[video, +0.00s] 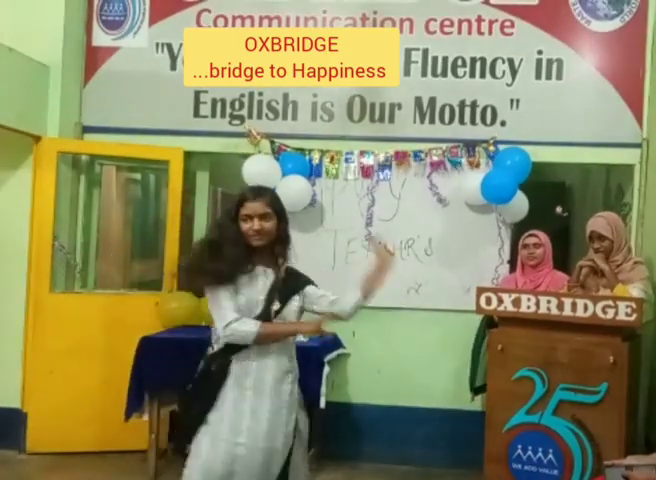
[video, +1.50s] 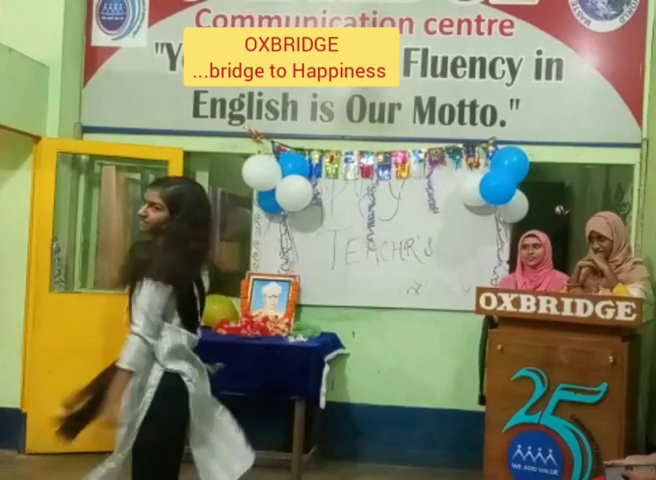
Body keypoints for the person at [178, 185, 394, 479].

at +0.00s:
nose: (255, 227)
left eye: (264, 218)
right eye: (247, 219)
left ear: (280, 223)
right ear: (236, 224)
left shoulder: (291, 279)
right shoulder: (221, 270)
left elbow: (341, 309)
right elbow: (230, 329)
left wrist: (378, 271)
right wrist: (299, 327)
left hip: (278, 386)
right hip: (233, 385)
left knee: (273, 462)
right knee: (218, 462)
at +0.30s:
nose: (261, 227)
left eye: (271, 219)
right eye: (253, 219)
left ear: (288, 223)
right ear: (244, 223)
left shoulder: (304, 279)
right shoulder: (226, 270)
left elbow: (312, 331)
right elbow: (203, 334)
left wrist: (346, 284)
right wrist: (248, 326)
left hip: (281, 393)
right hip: (235, 389)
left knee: (275, 465)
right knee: (228, 464)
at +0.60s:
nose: (217, 233)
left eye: (219, 225)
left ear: (224, 231)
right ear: (272, 233)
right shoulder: (281, 279)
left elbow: (180, 260)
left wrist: (195, 213)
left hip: (218, 389)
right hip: (264, 387)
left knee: (213, 468)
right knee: (267, 464)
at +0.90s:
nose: (213, 218)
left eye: (221, 209)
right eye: (204, 212)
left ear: (237, 217)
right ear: (195, 221)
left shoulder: (246, 258)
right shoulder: (190, 260)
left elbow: (291, 220)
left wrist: (249, 178)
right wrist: (211, 179)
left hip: (235, 370)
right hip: (197, 370)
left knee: (222, 464)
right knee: (199, 467)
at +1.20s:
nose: (156, 215)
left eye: (165, 208)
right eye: (158, 207)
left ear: (187, 219)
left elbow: (150, 264)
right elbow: (148, 345)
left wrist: (183, 205)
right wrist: (87, 361)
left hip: (185, 388)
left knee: (176, 465)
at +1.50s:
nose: (142, 212)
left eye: (154, 207)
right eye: (145, 204)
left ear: (178, 216)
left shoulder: (163, 263)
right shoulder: (191, 262)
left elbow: (141, 336)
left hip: (164, 386)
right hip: (183, 383)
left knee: (150, 470)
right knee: (161, 468)